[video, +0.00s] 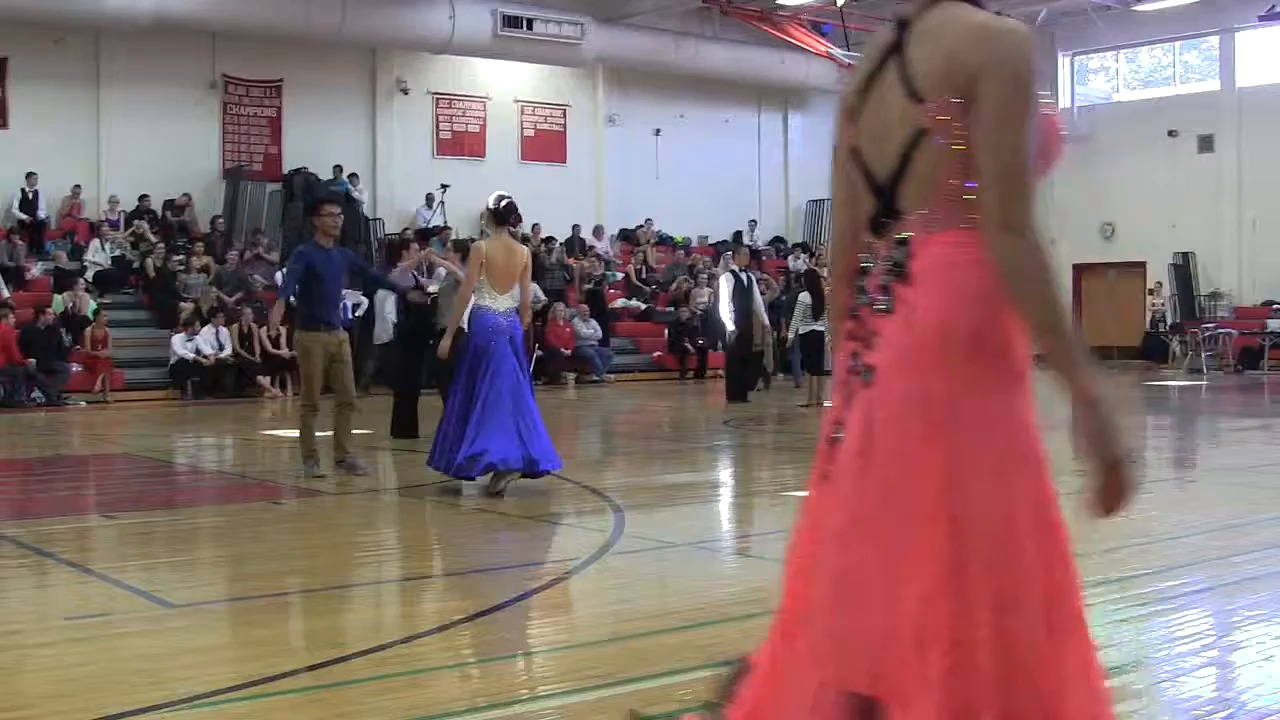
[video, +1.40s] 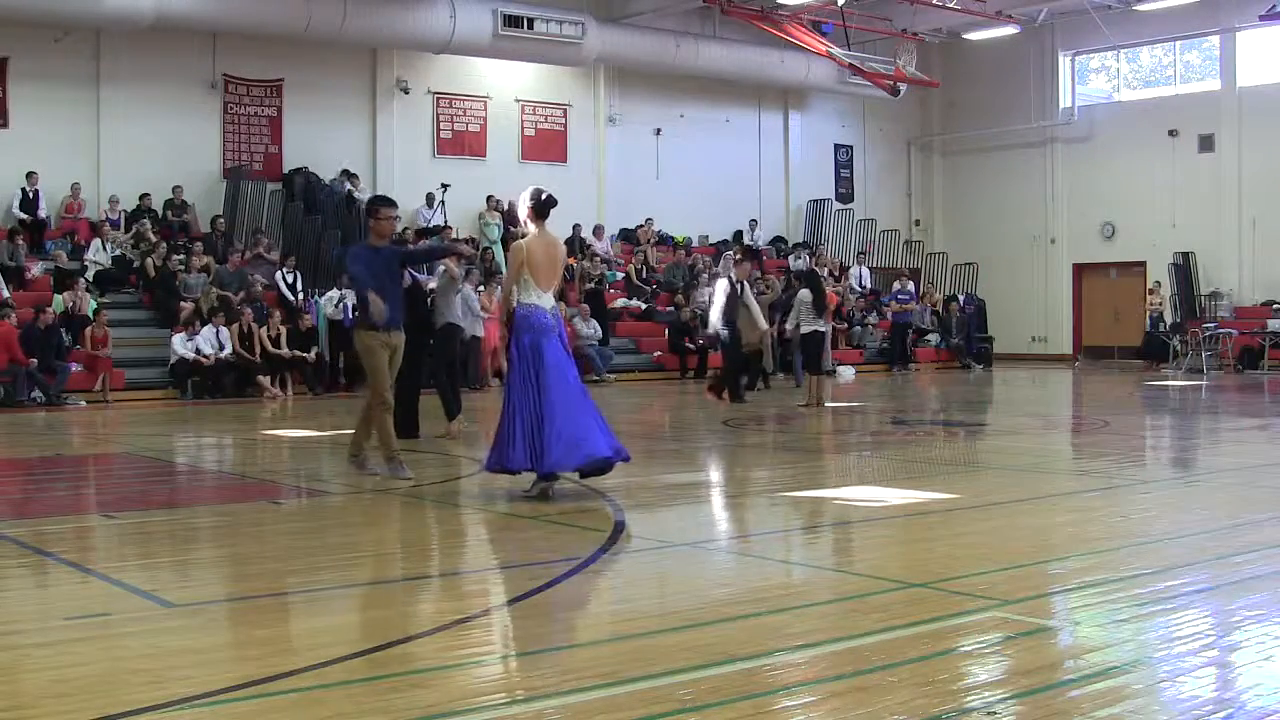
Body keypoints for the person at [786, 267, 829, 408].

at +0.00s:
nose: (802, 282)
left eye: (803, 279)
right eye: (803, 279)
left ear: (805, 281)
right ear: (818, 281)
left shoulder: (804, 296)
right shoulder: (822, 296)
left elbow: (797, 317)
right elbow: (826, 317)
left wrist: (790, 335)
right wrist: (829, 333)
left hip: (807, 332)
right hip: (820, 332)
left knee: (810, 368)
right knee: (818, 368)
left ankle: (811, 398)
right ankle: (819, 398)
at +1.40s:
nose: (801, 281)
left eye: (802, 279)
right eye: (802, 279)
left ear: (805, 279)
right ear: (817, 279)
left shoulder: (802, 294)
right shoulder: (822, 293)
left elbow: (795, 312)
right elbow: (823, 314)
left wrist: (789, 326)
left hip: (807, 331)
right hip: (820, 331)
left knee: (811, 367)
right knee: (818, 367)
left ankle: (811, 397)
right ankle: (820, 397)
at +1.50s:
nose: (801, 282)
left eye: (802, 279)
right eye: (802, 279)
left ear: (805, 279)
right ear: (817, 279)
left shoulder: (801, 293)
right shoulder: (822, 293)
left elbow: (792, 310)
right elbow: (822, 313)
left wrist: (789, 316)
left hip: (807, 331)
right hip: (820, 330)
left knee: (810, 367)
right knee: (818, 367)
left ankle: (811, 398)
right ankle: (820, 398)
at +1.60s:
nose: (800, 282)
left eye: (801, 279)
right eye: (800, 279)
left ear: (806, 279)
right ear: (817, 278)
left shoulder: (804, 291)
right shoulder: (822, 292)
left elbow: (786, 297)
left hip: (808, 331)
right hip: (820, 331)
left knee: (810, 368)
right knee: (817, 368)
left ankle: (811, 398)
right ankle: (820, 398)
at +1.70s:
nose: (804, 283)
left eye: (805, 279)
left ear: (808, 279)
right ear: (818, 278)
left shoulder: (808, 290)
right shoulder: (826, 292)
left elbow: (793, 281)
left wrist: (792, 276)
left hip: (807, 330)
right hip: (821, 330)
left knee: (802, 364)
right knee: (818, 367)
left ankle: (806, 396)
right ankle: (821, 398)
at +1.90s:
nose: (807, 281)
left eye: (808, 279)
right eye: (807, 278)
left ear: (811, 281)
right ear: (822, 280)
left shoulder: (809, 292)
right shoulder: (828, 295)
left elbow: (804, 274)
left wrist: (799, 257)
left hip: (807, 330)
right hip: (821, 331)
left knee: (795, 359)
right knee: (820, 367)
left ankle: (795, 392)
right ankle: (821, 398)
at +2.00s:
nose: (808, 282)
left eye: (809, 280)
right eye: (809, 279)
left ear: (812, 281)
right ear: (824, 282)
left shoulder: (809, 292)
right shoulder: (828, 296)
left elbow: (805, 272)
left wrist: (808, 256)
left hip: (805, 330)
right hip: (820, 331)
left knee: (791, 360)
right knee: (820, 367)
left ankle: (794, 393)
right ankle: (821, 398)